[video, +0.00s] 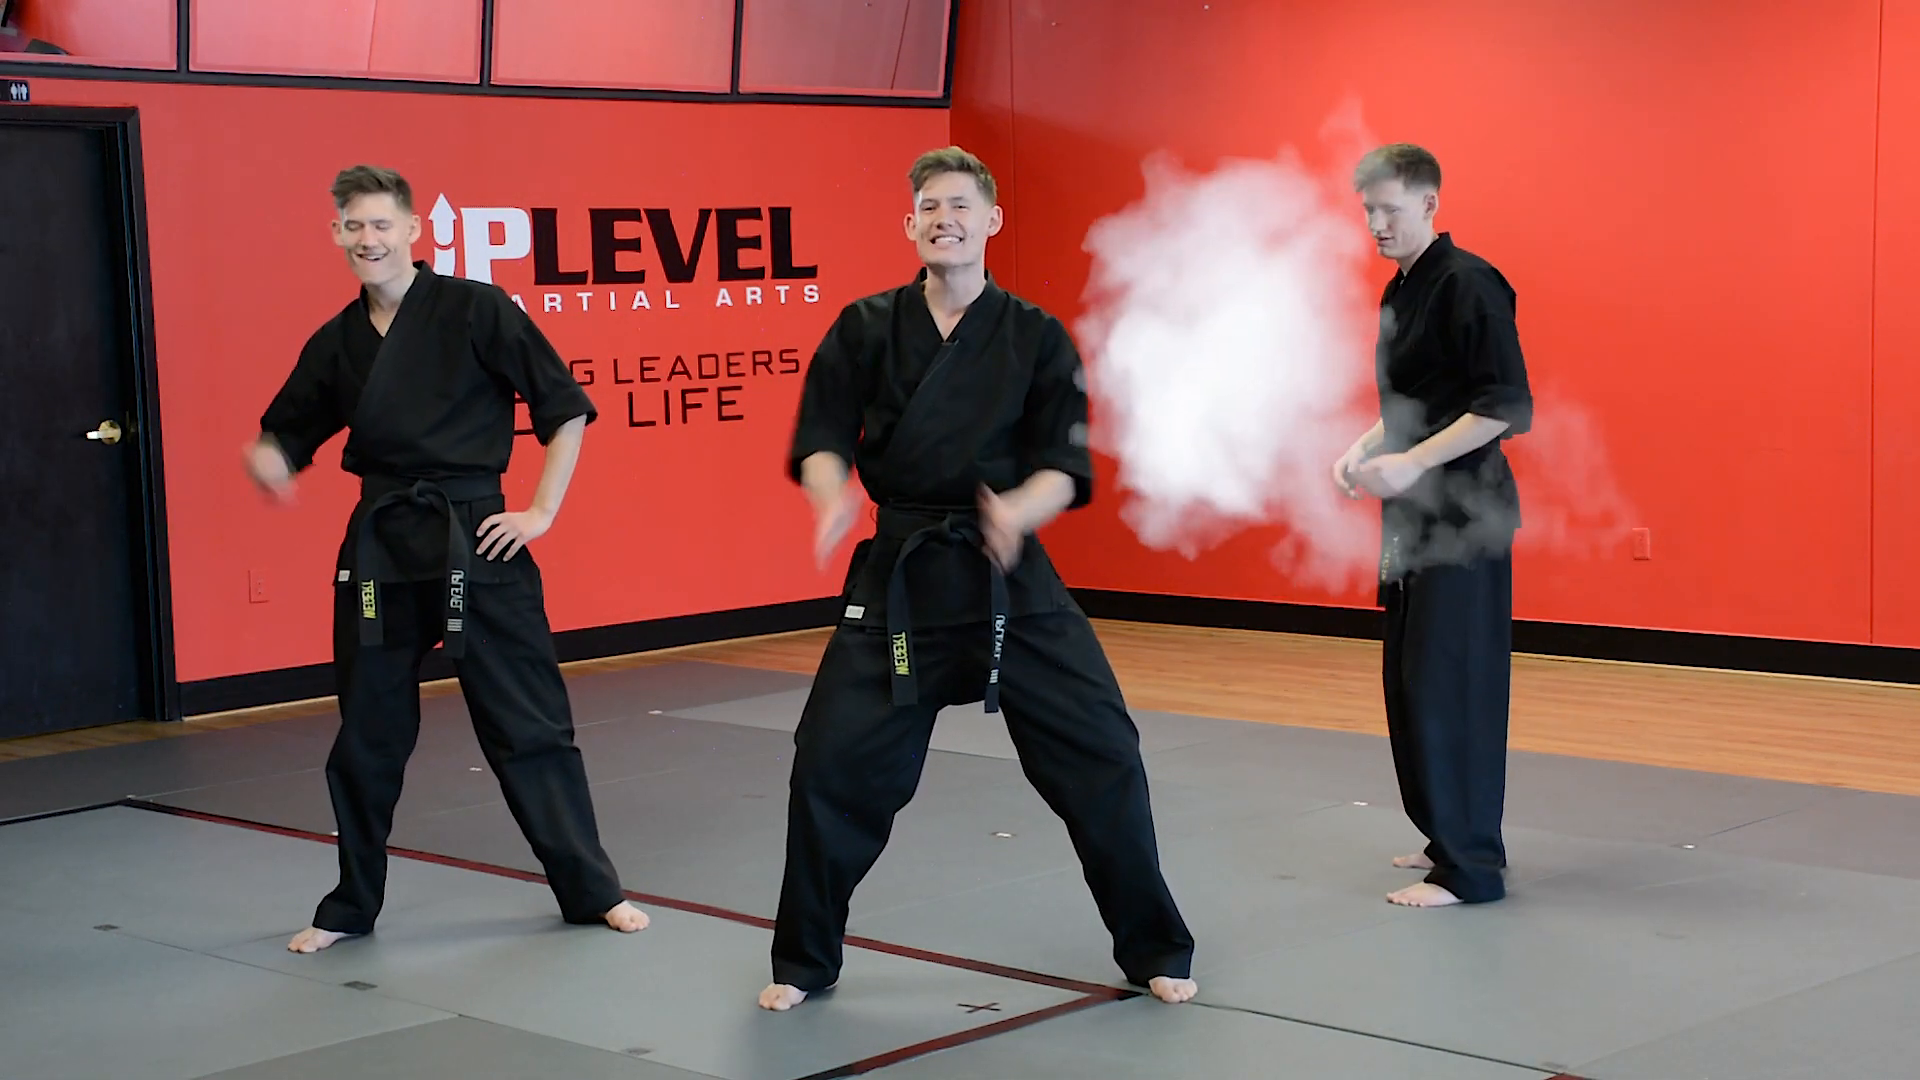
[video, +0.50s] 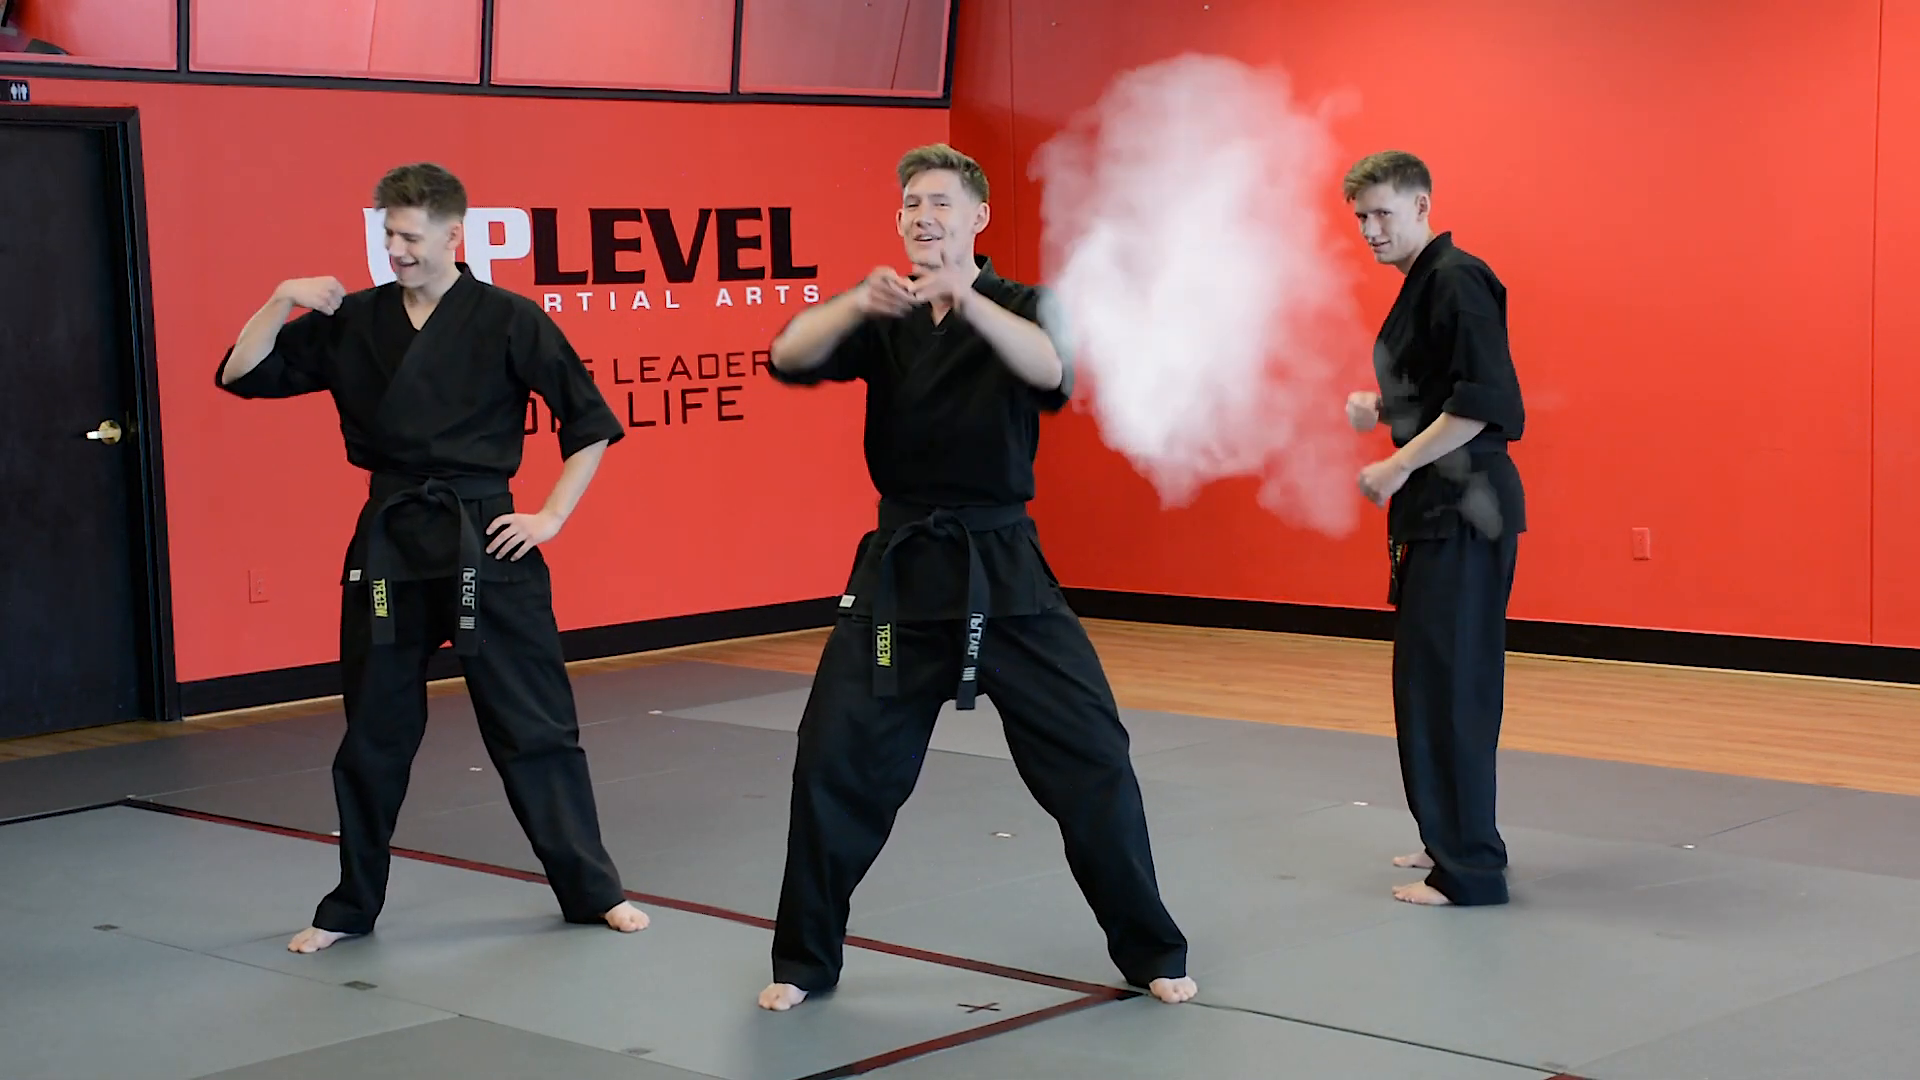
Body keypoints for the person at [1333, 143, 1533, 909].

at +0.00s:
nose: (1378, 226)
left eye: (1389, 211)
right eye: (1370, 213)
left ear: (1431, 203)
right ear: (1367, 213)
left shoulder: (1473, 285)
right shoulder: (1400, 294)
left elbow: (1504, 407)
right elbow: (1409, 405)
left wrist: (1416, 459)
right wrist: (1364, 447)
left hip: (1463, 526)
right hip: (1416, 523)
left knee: (1455, 692)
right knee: (1415, 688)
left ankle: (1472, 870)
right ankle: (1452, 843)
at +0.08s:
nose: (1376, 228)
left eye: (1387, 213)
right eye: (1368, 215)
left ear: (1429, 203)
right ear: (1367, 214)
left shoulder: (1469, 284)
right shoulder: (1405, 290)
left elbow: (1502, 406)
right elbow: (1410, 402)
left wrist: (1406, 453)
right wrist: (1364, 445)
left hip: (1462, 526)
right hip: (1417, 522)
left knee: (1457, 691)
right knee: (1420, 688)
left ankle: (1472, 870)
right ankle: (1453, 843)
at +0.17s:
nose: (1375, 231)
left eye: (1385, 215)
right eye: (1367, 217)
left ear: (1427, 204)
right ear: (1370, 214)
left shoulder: (1469, 283)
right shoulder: (1407, 288)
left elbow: (1499, 404)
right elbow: (1411, 397)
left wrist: (1396, 448)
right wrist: (1370, 434)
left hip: (1464, 520)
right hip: (1421, 517)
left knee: (1454, 686)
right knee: (1420, 682)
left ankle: (1471, 868)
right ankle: (1454, 842)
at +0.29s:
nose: (1374, 231)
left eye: (1384, 215)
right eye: (1366, 219)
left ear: (1425, 204)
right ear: (1368, 218)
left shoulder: (1466, 281)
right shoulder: (1413, 287)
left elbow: (1495, 401)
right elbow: (1425, 392)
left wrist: (1391, 442)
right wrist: (1376, 424)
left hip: (1464, 518)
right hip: (1426, 515)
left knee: (1452, 688)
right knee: (1422, 683)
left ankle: (1472, 868)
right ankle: (1454, 842)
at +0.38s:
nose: (1374, 230)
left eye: (1385, 215)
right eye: (1365, 218)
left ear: (1426, 206)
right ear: (1364, 219)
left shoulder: (1462, 279)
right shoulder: (1419, 286)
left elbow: (1491, 399)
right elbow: (1438, 393)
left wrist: (1390, 448)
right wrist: (1382, 417)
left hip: (1465, 521)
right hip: (1430, 518)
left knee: (1452, 689)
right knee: (1423, 684)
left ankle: (1471, 870)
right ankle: (1455, 842)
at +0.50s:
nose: (1371, 231)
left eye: (1382, 216)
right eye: (1362, 219)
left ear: (1423, 208)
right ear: (1363, 219)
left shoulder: (1459, 279)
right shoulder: (1424, 285)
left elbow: (1484, 401)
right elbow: (1442, 391)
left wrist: (1401, 461)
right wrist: (1385, 405)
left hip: (1464, 520)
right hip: (1437, 517)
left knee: (1450, 688)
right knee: (1431, 684)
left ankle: (1470, 869)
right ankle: (1455, 844)